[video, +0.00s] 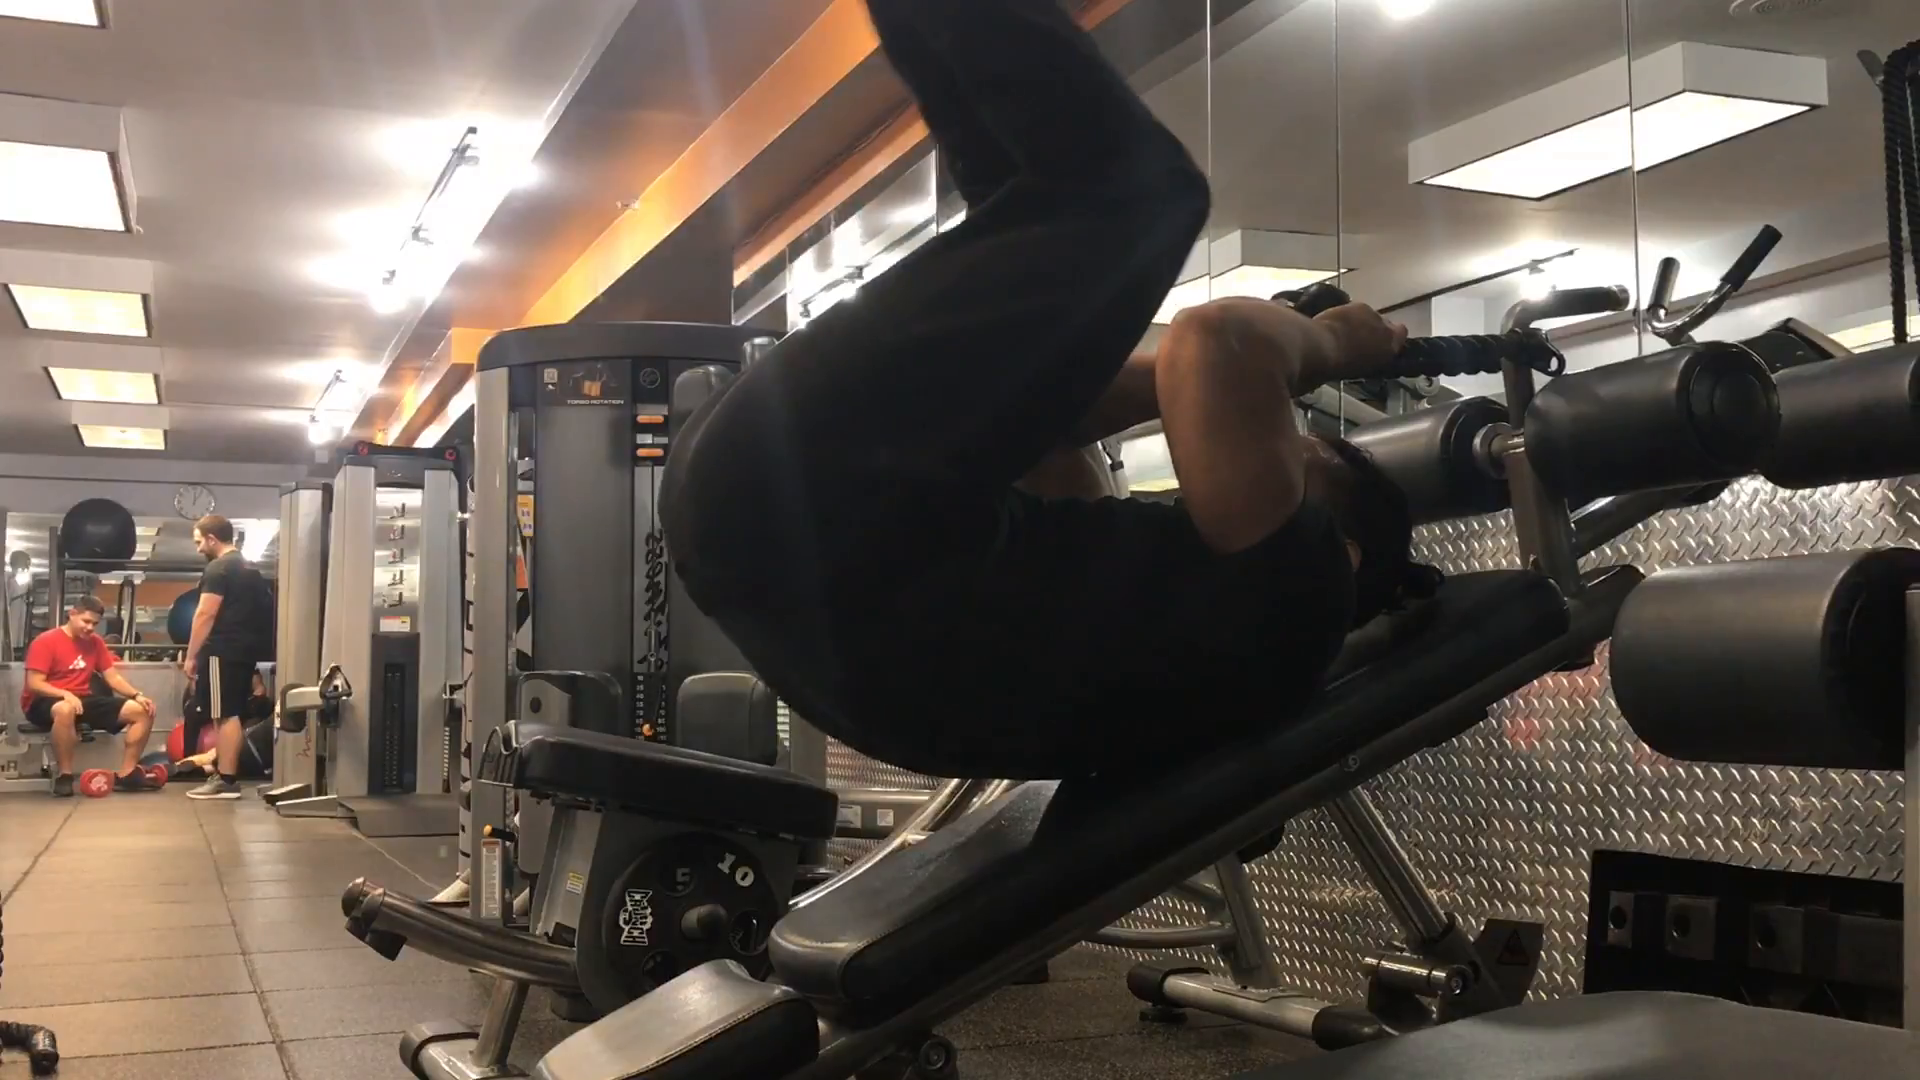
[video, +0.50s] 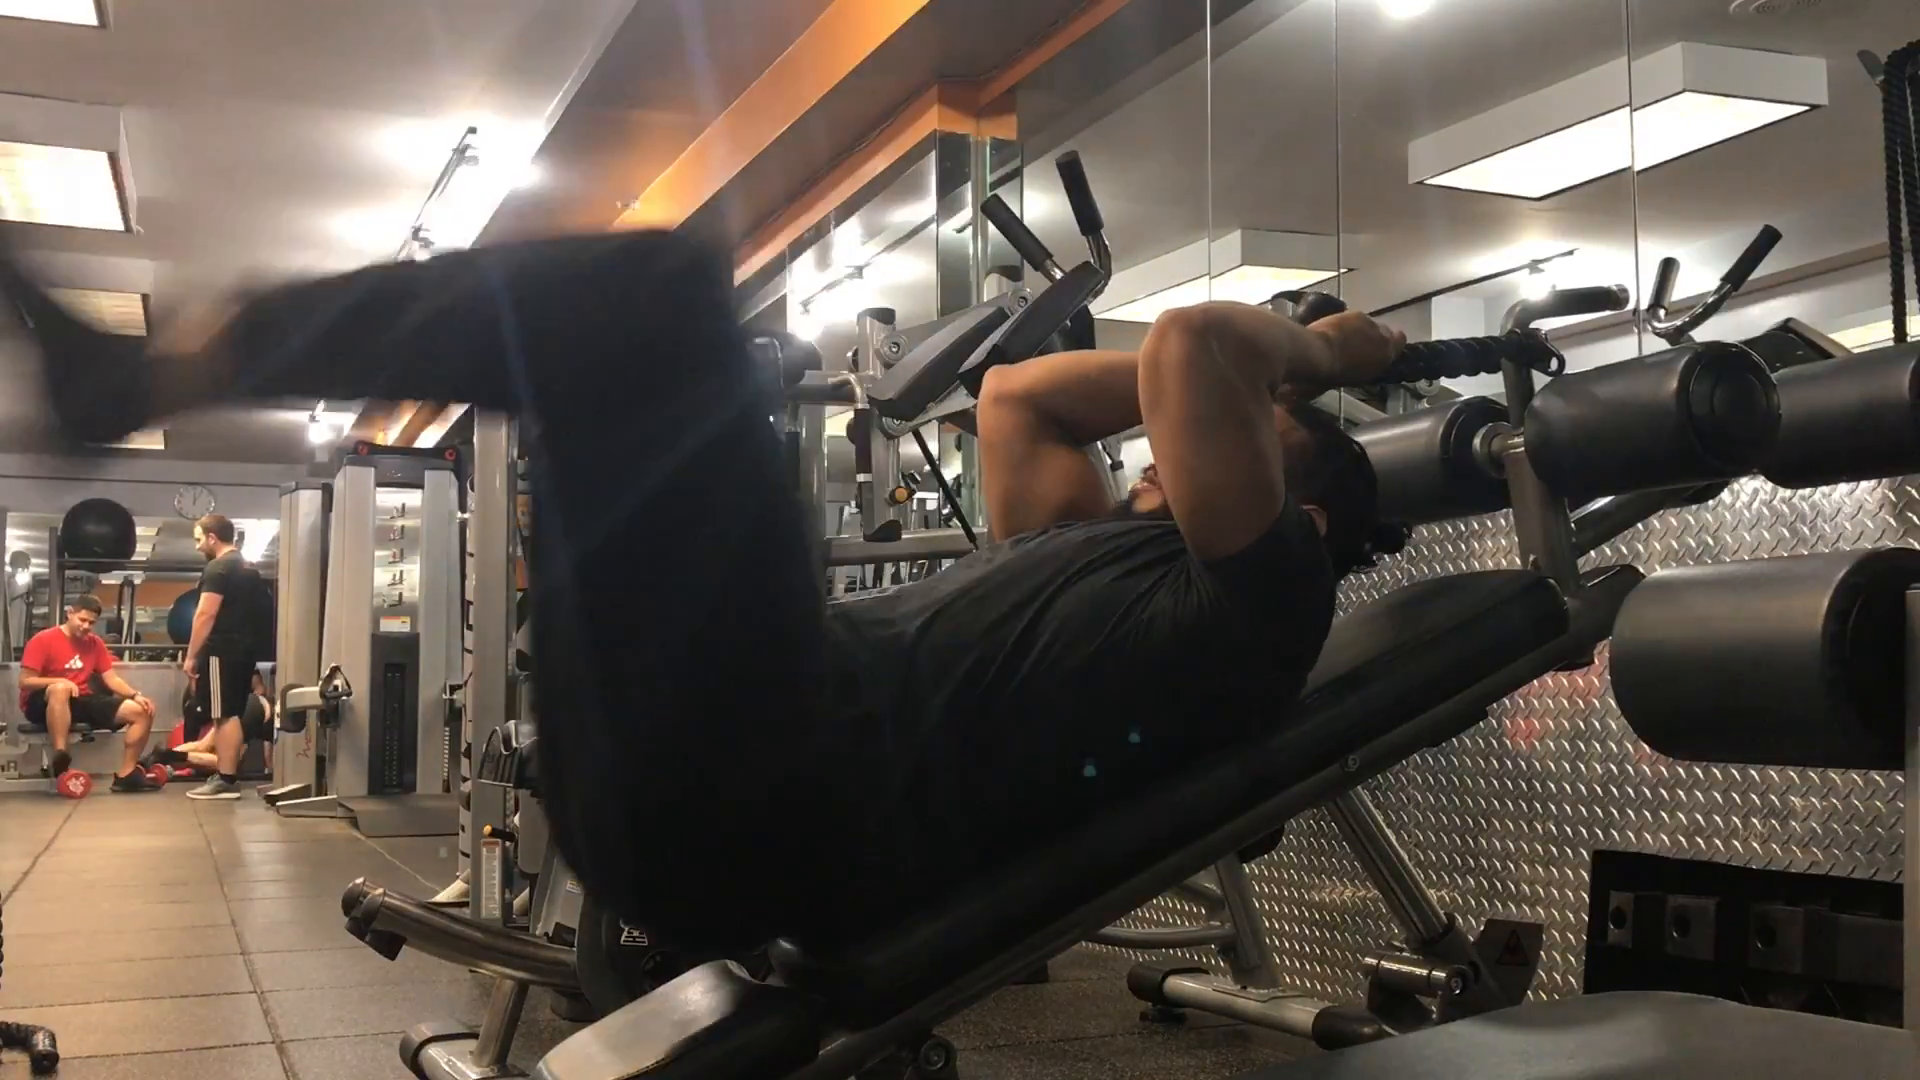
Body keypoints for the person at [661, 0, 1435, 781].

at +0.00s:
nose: (1297, 447)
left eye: (1324, 455)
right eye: (1316, 443)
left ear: (1342, 524)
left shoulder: (1290, 598)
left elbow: (1211, 338)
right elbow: (1039, 409)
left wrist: (1328, 340)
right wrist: (1212, 365)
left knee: (1141, 188)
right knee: (1060, 226)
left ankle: (905, 12)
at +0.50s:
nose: (1221, 457)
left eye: (1263, 461)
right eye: (1240, 448)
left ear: (1297, 511)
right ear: (1238, 494)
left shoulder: (1256, 619)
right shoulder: (1091, 575)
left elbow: (1194, 332)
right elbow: (1023, 393)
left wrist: (1311, 347)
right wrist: (1218, 362)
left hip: (762, 832)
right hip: (709, 771)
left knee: (668, 294)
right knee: (652, 300)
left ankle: (190, 350)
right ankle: (199, 350)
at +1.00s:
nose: (1123, 443)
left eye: (1162, 429)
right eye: (1107, 436)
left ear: (1243, 482)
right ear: (1122, 493)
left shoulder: (1224, 616)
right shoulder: (1056, 570)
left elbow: (1172, 331)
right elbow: (1003, 399)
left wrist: (1313, 352)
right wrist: (1206, 407)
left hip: (709, 863)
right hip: (642, 781)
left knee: (126, 893)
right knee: (131, 864)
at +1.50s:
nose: (1236, 468)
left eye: (1270, 463)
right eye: (1253, 454)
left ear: (1303, 521)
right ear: (1233, 500)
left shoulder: (1254, 618)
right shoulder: (1103, 581)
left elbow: (1194, 337)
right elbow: (1010, 401)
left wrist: (1323, 344)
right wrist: (1216, 393)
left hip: (735, 820)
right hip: (730, 754)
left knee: (721, 273)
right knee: (739, 266)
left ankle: (262, 263)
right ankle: (320, 256)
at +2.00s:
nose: (1291, 461)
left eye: (1325, 469)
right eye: (1308, 459)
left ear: (1351, 566)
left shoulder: (1296, 607)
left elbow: (1201, 349)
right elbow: (1044, 442)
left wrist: (1335, 327)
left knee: (1200, 179)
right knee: (1127, 200)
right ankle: (977, 28)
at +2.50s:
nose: (1296, 444)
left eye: (1325, 457)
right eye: (1311, 440)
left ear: (1341, 543)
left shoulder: (1283, 599)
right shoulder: (1134, 593)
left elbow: (1211, 338)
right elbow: (1025, 405)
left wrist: (1333, 318)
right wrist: (1206, 371)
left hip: (758, 675)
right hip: (710, 667)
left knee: (973, 213)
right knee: (956, 233)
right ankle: (576, 61)